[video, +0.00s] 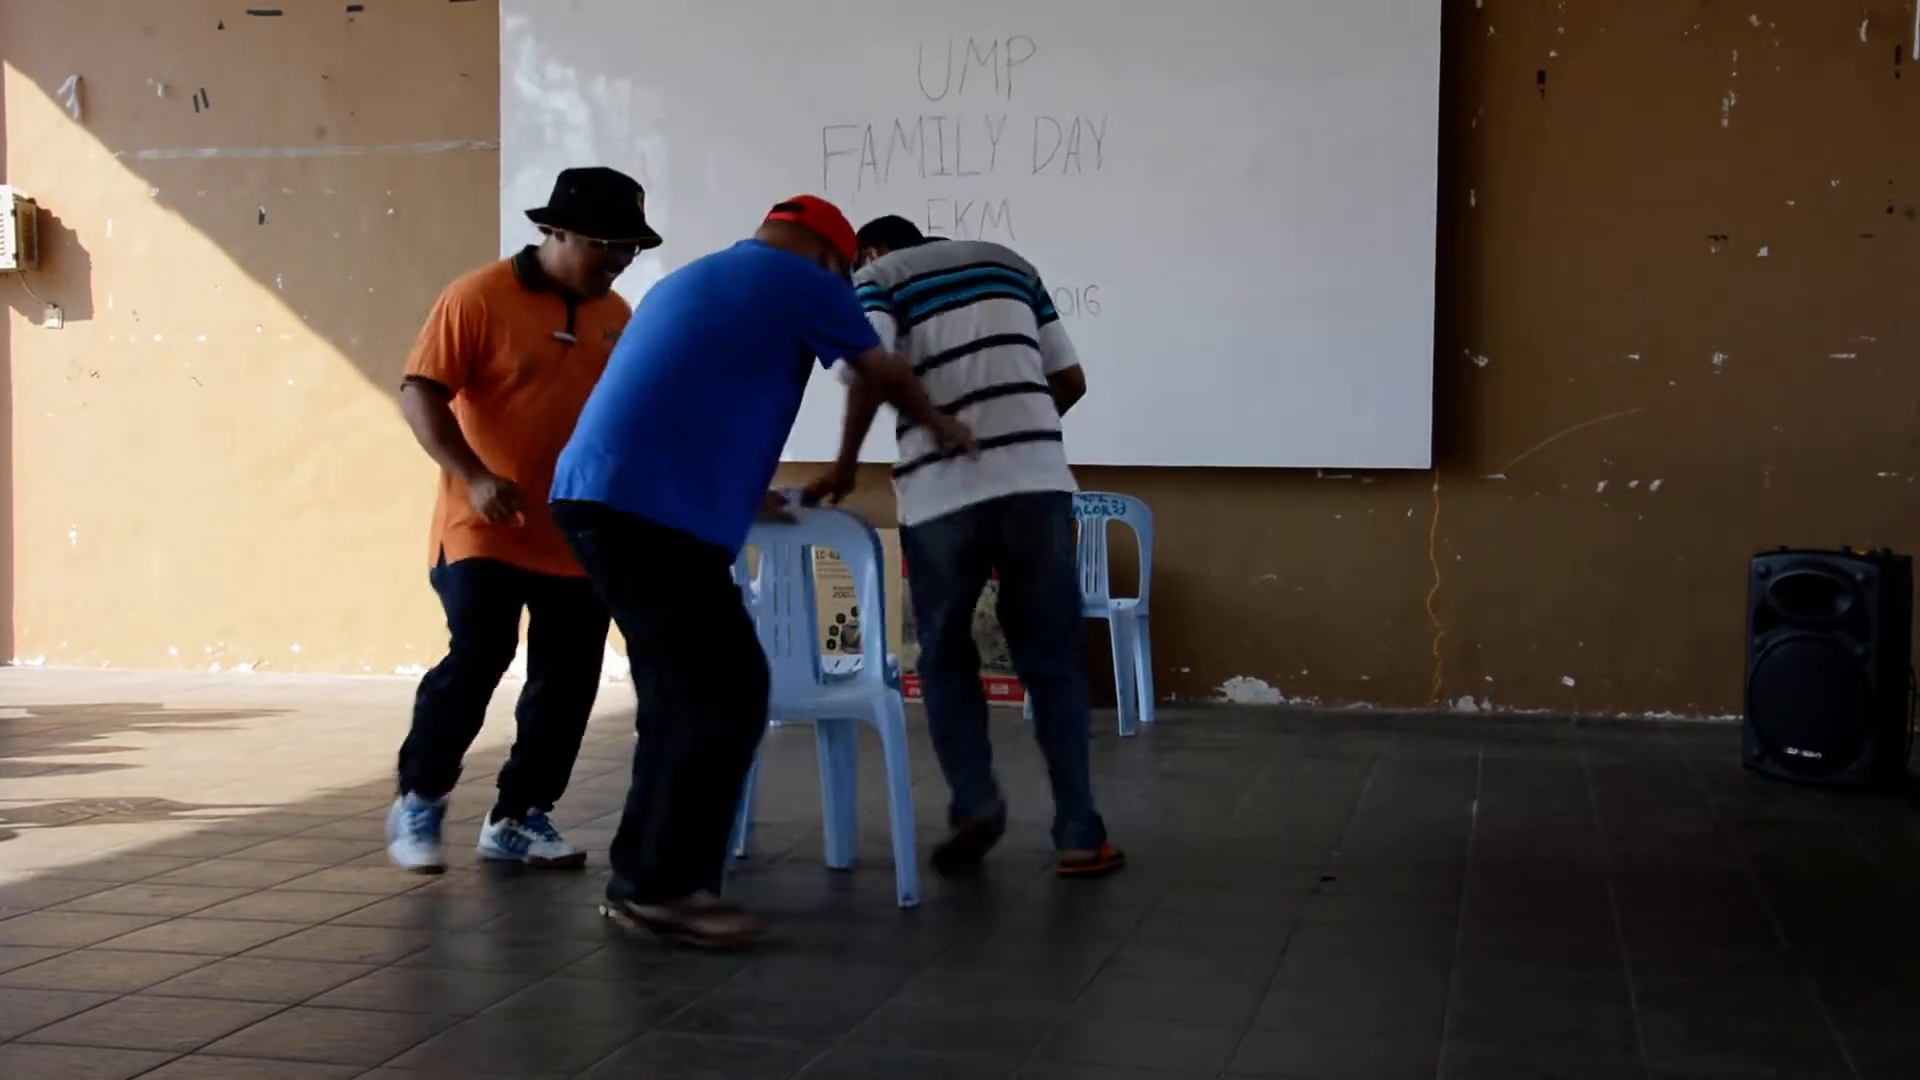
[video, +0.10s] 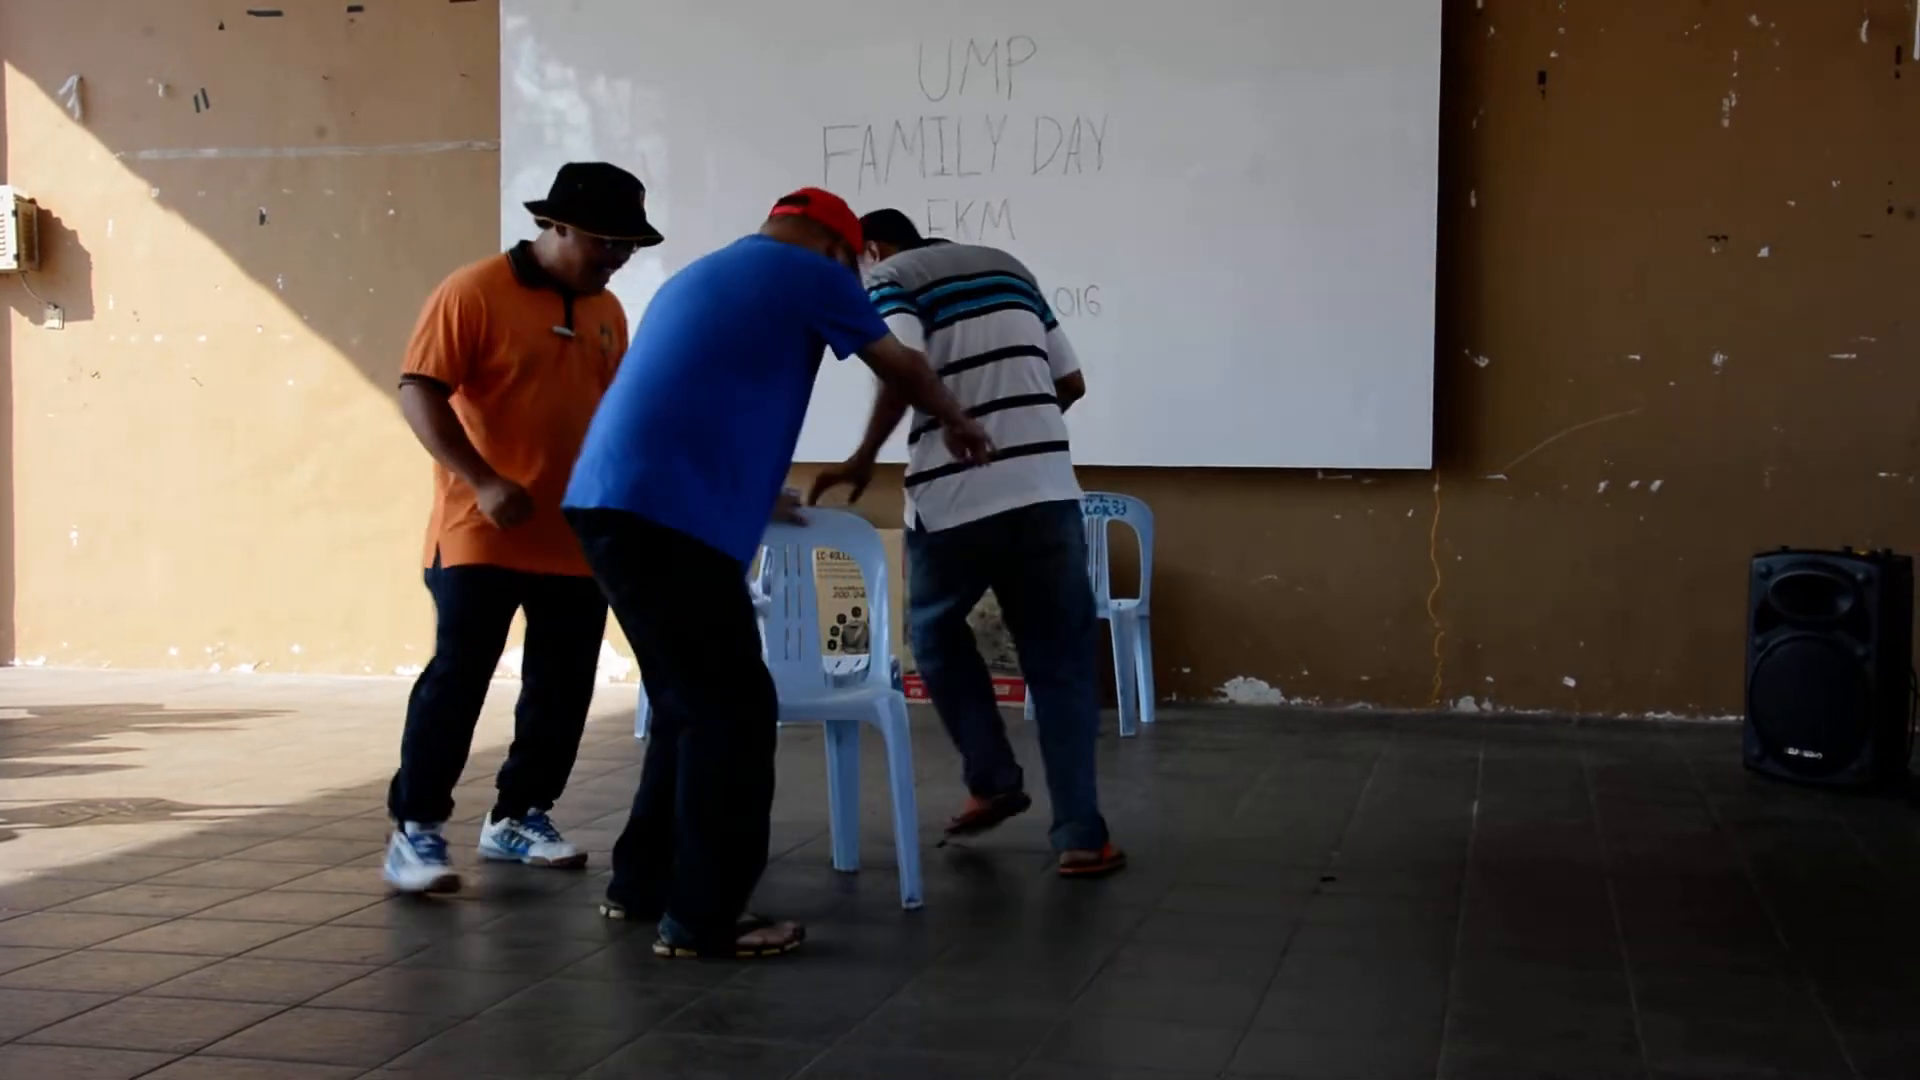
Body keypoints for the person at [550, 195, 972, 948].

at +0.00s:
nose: (840, 281)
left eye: (843, 272)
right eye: (841, 269)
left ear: (771, 233)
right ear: (823, 251)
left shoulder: (702, 275)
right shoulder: (809, 278)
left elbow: (665, 409)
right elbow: (884, 371)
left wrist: (754, 493)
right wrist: (934, 418)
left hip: (595, 496)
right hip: (656, 505)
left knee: (678, 693)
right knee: (734, 686)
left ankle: (639, 881)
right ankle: (665, 889)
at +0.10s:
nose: (851, 272)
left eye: (853, 262)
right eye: (850, 259)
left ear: (777, 226)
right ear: (833, 242)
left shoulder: (710, 270)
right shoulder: (818, 270)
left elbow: (673, 408)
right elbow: (908, 370)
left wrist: (764, 494)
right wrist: (952, 416)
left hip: (607, 503)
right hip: (672, 511)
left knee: (685, 704)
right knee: (740, 708)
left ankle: (641, 885)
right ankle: (704, 921)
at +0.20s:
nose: (850, 264)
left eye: (852, 253)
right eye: (850, 248)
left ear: (776, 212)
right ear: (831, 227)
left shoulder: (712, 265)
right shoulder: (815, 261)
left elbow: (699, 394)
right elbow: (892, 390)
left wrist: (767, 485)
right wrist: (925, 449)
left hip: (637, 505)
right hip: (700, 513)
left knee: (706, 714)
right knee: (747, 722)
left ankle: (640, 883)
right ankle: (704, 923)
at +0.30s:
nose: (851, 241)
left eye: (852, 230)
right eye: (851, 227)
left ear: (776, 201)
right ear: (833, 208)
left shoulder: (722, 261)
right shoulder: (822, 248)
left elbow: (732, 410)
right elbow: (850, 389)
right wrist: (870, 489)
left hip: (669, 503)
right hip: (731, 507)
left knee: (761, 699)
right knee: (776, 702)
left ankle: (672, 845)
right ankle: (704, 924)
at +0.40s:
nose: (866, 233)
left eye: (865, 223)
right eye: (866, 220)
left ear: (786, 200)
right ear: (851, 205)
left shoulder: (735, 263)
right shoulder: (848, 250)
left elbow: (749, 404)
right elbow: (867, 400)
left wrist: (876, 437)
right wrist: (849, 507)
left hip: (692, 503)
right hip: (754, 507)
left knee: (835, 665)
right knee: (769, 701)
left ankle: (763, 865)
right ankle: (703, 918)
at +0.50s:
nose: (888, 236)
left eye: (885, 226)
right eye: (888, 224)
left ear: (807, 205)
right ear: (873, 210)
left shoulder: (757, 263)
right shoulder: (878, 259)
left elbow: (761, 398)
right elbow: (911, 403)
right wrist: (907, 507)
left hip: (723, 505)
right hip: (789, 514)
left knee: (859, 696)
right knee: (777, 712)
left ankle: (865, 888)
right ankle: (703, 921)